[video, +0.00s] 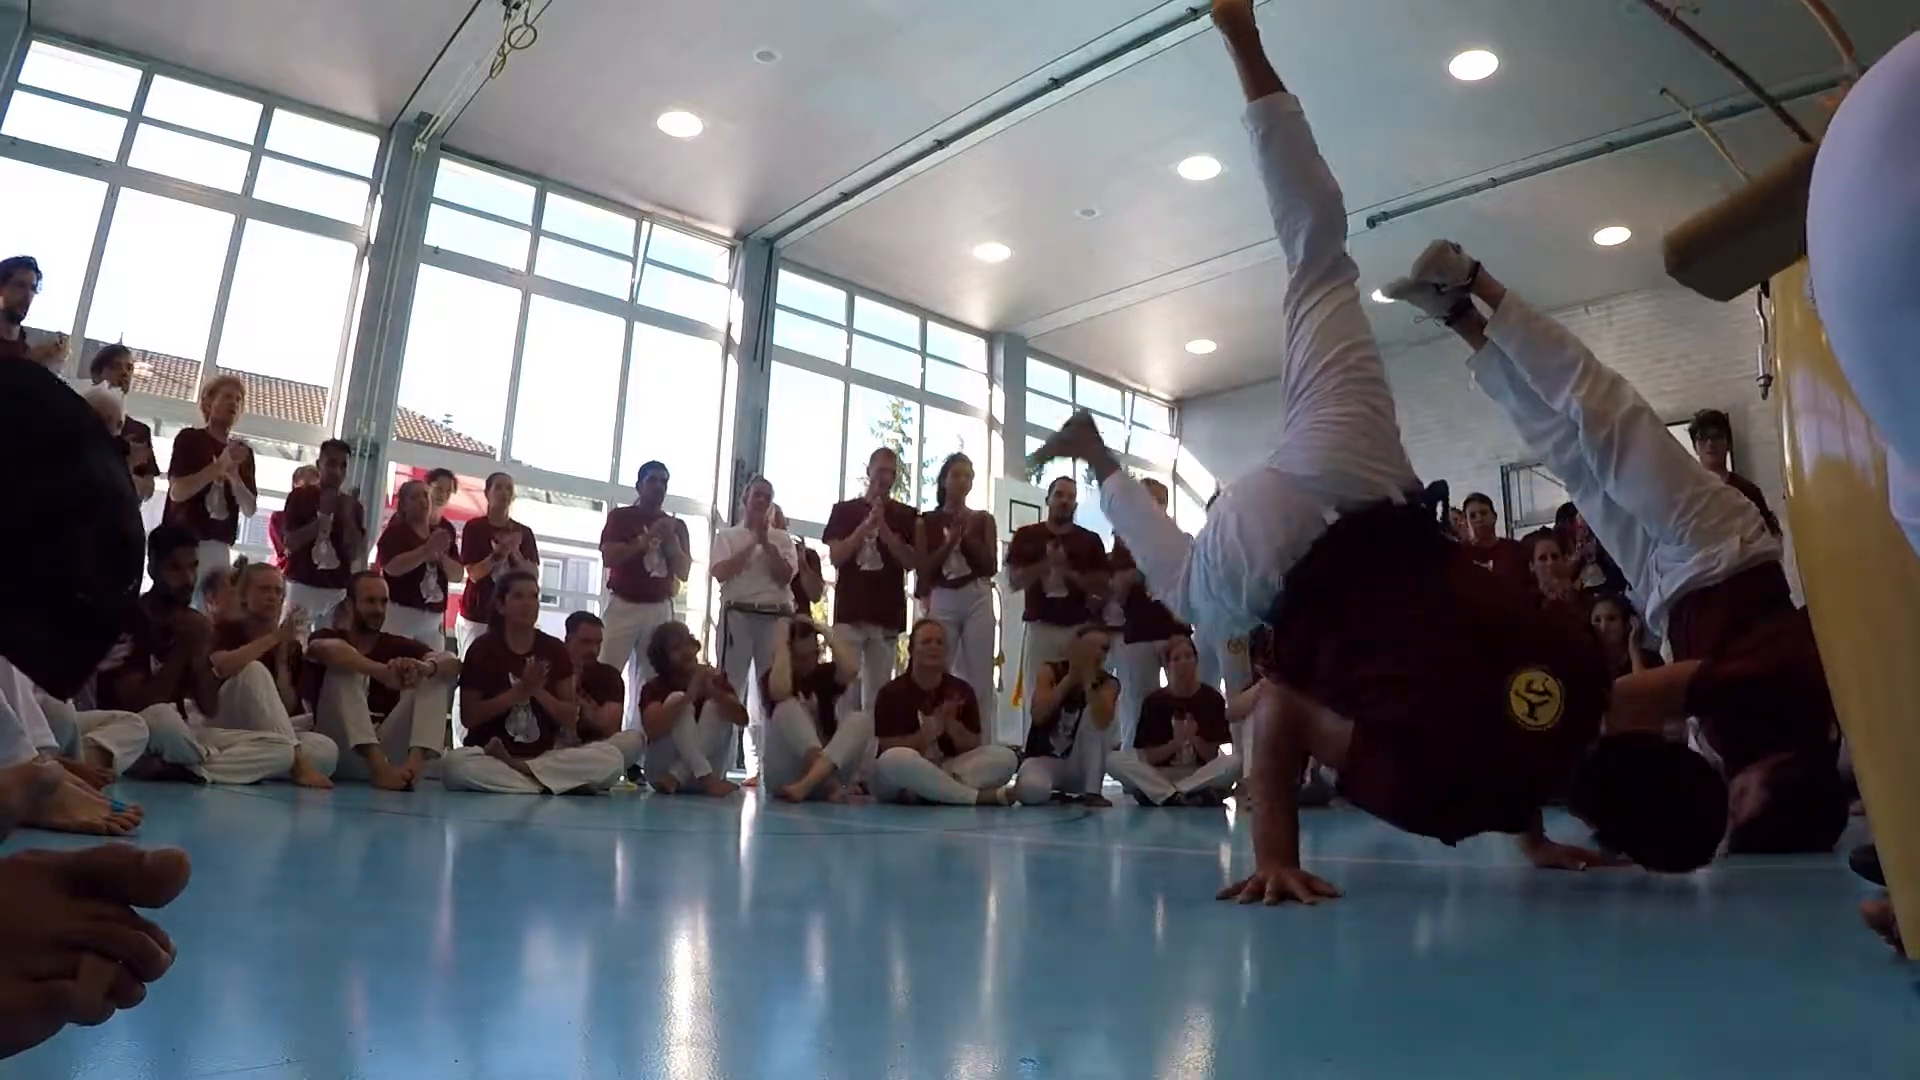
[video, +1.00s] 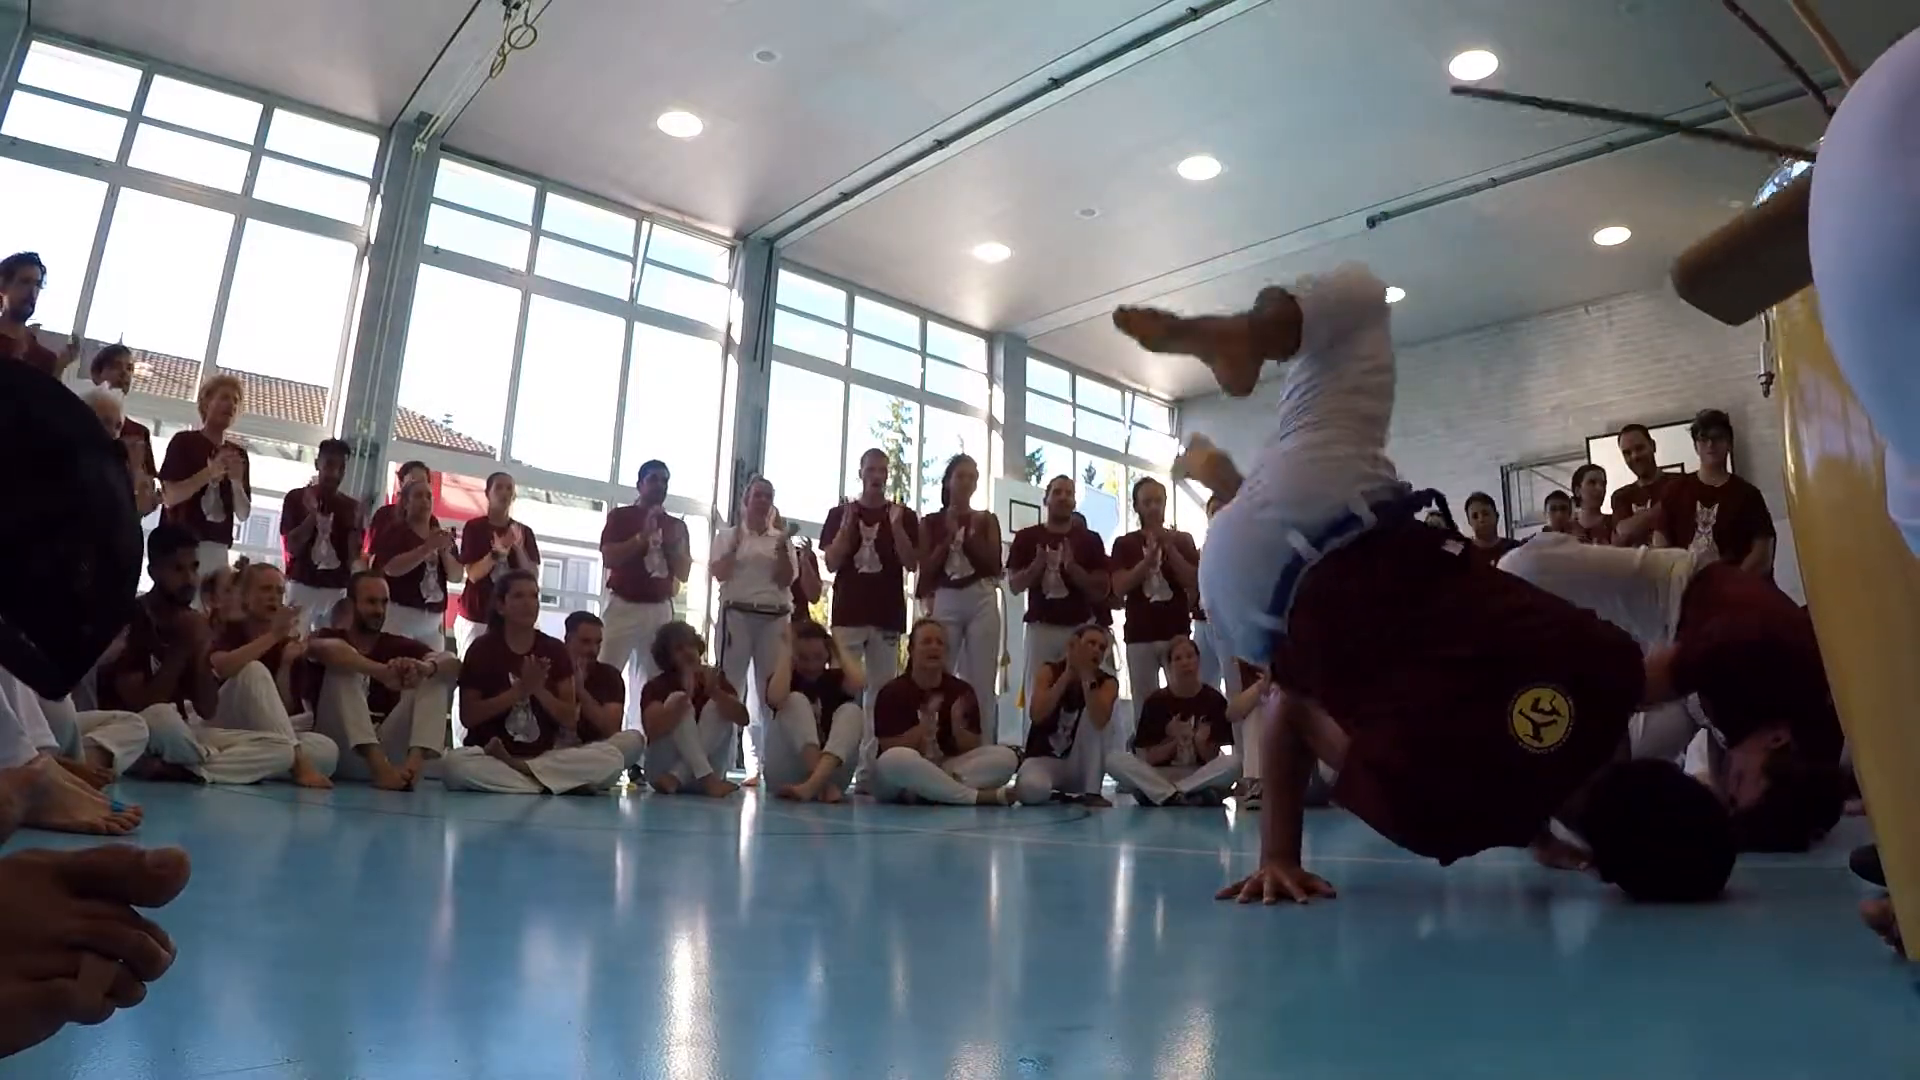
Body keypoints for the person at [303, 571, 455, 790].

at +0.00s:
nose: (378, 609)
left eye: (383, 602)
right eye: (370, 601)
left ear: (388, 603)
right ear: (351, 603)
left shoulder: (392, 643)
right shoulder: (329, 637)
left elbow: (453, 662)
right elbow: (317, 649)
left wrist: (427, 666)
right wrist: (382, 671)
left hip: (387, 750)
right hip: (338, 750)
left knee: (438, 673)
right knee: (343, 661)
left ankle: (415, 763)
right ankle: (378, 764)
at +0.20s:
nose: (378, 609)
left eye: (383, 602)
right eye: (370, 602)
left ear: (388, 603)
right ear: (352, 603)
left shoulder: (392, 643)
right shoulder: (328, 638)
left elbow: (453, 661)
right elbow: (316, 650)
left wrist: (427, 666)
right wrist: (382, 672)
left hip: (386, 750)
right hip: (337, 749)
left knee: (438, 674)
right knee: (342, 662)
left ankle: (415, 763)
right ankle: (378, 764)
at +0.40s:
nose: (378, 609)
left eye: (383, 602)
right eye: (370, 602)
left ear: (388, 603)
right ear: (352, 602)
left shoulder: (393, 643)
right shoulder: (328, 637)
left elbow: (453, 662)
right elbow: (317, 650)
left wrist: (428, 666)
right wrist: (383, 672)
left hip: (387, 751)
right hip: (338, 750)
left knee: (437, 673)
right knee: (342, 662)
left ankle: (415, 763)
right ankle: (378, 764)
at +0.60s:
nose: (379, 609)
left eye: (384, 602)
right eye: (370, 602)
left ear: (389, 603)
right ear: (352, 602)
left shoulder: (393, 643)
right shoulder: (328, 638)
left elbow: (453, 662)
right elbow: (322, 650)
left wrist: (427, 666)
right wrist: (383, 672)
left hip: (386, 751)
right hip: (337, 749)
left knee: (436, 674)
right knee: (342, 663)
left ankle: (415, 763)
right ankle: (378, 764)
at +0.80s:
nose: (379, 609)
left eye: (384, 602)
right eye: (371, 602)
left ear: (389, 603)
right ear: (352, 603)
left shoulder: (394, 643)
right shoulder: (328, 637)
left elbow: (453, 662)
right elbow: (318, 649)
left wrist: (427, 666)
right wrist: (382, 672)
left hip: (387, 751)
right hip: (338, 750)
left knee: (436, 675)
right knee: (342, 662)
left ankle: (415, 763)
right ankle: (378, 764)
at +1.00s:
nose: (379, 610)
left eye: (384, 602)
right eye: (371, 602)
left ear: (389, 603)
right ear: (353, 603)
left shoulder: (394, 643)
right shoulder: (329, 637)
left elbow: (454, 662)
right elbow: (319, 648)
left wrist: (428, 666)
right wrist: (382, 672)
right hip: (338, 750)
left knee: (437, 674)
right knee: (342, 663)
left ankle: (415, 764)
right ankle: (378, 764)